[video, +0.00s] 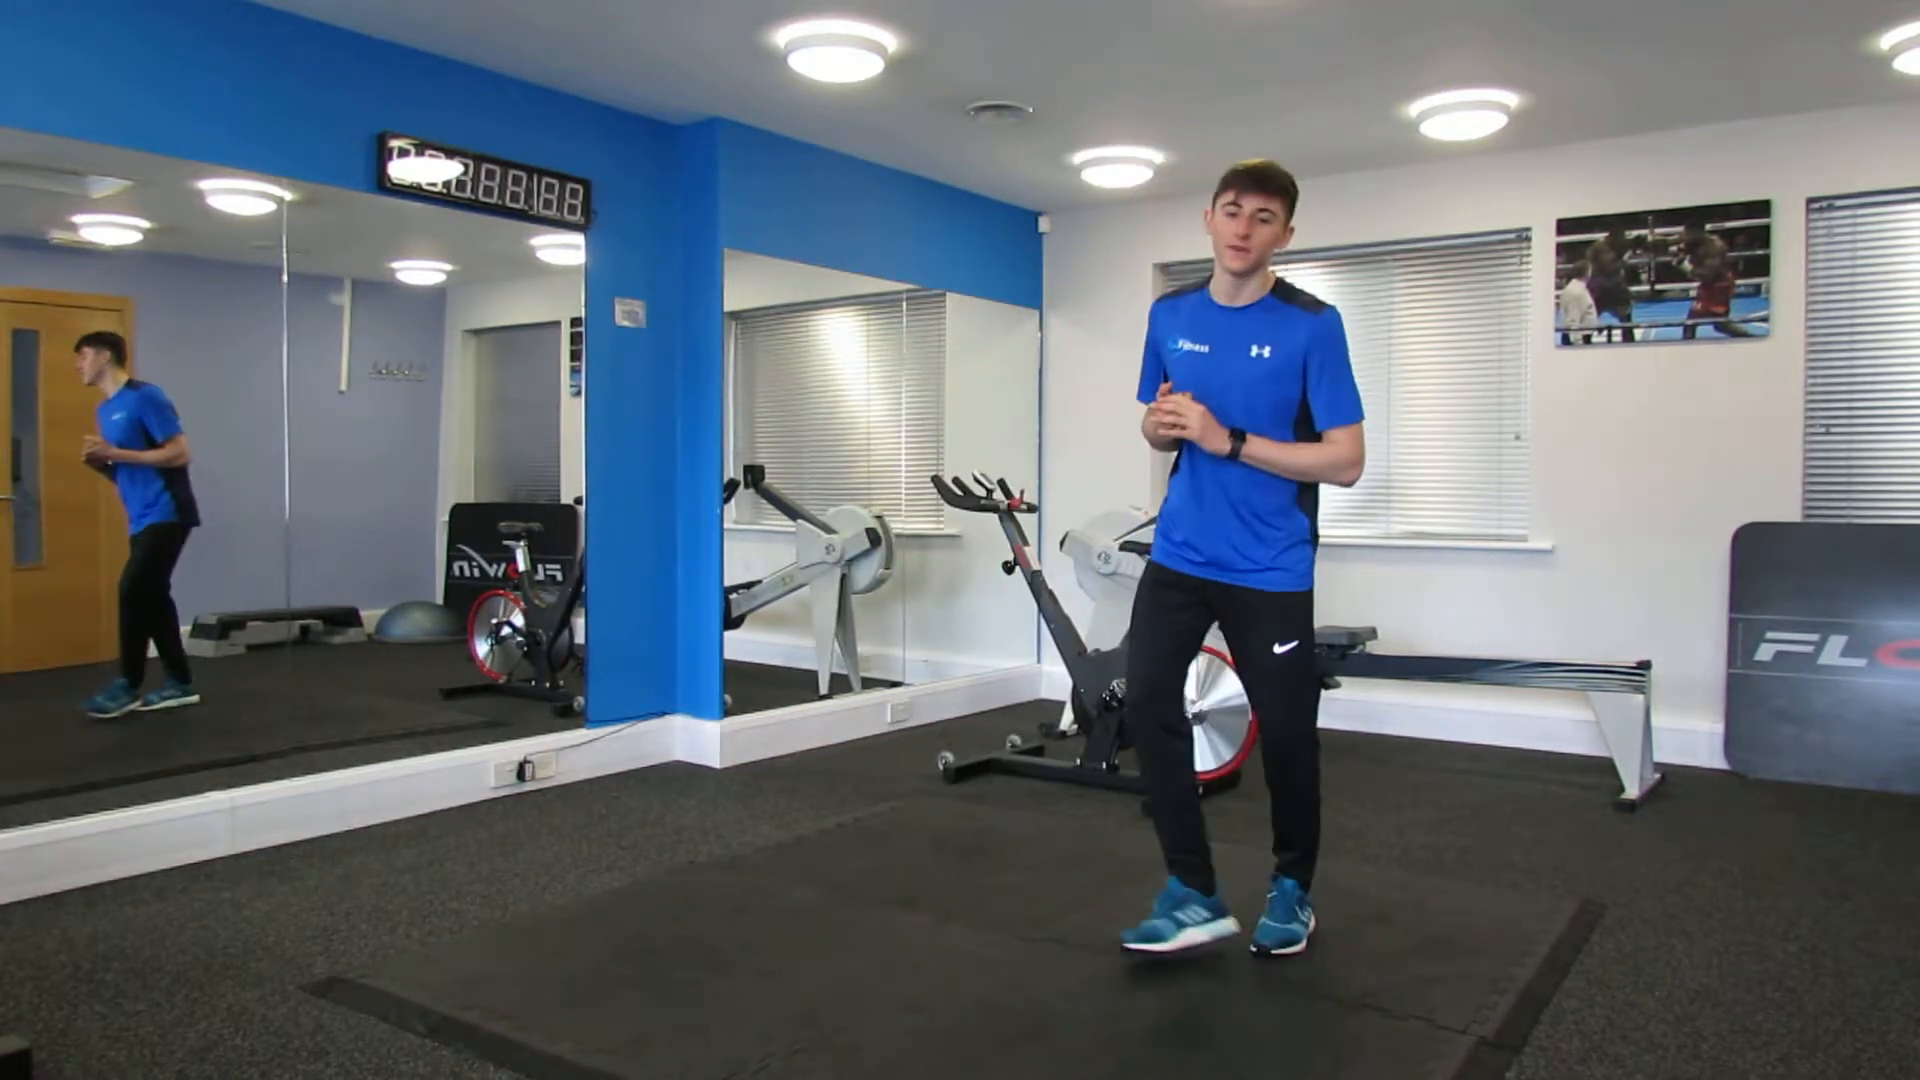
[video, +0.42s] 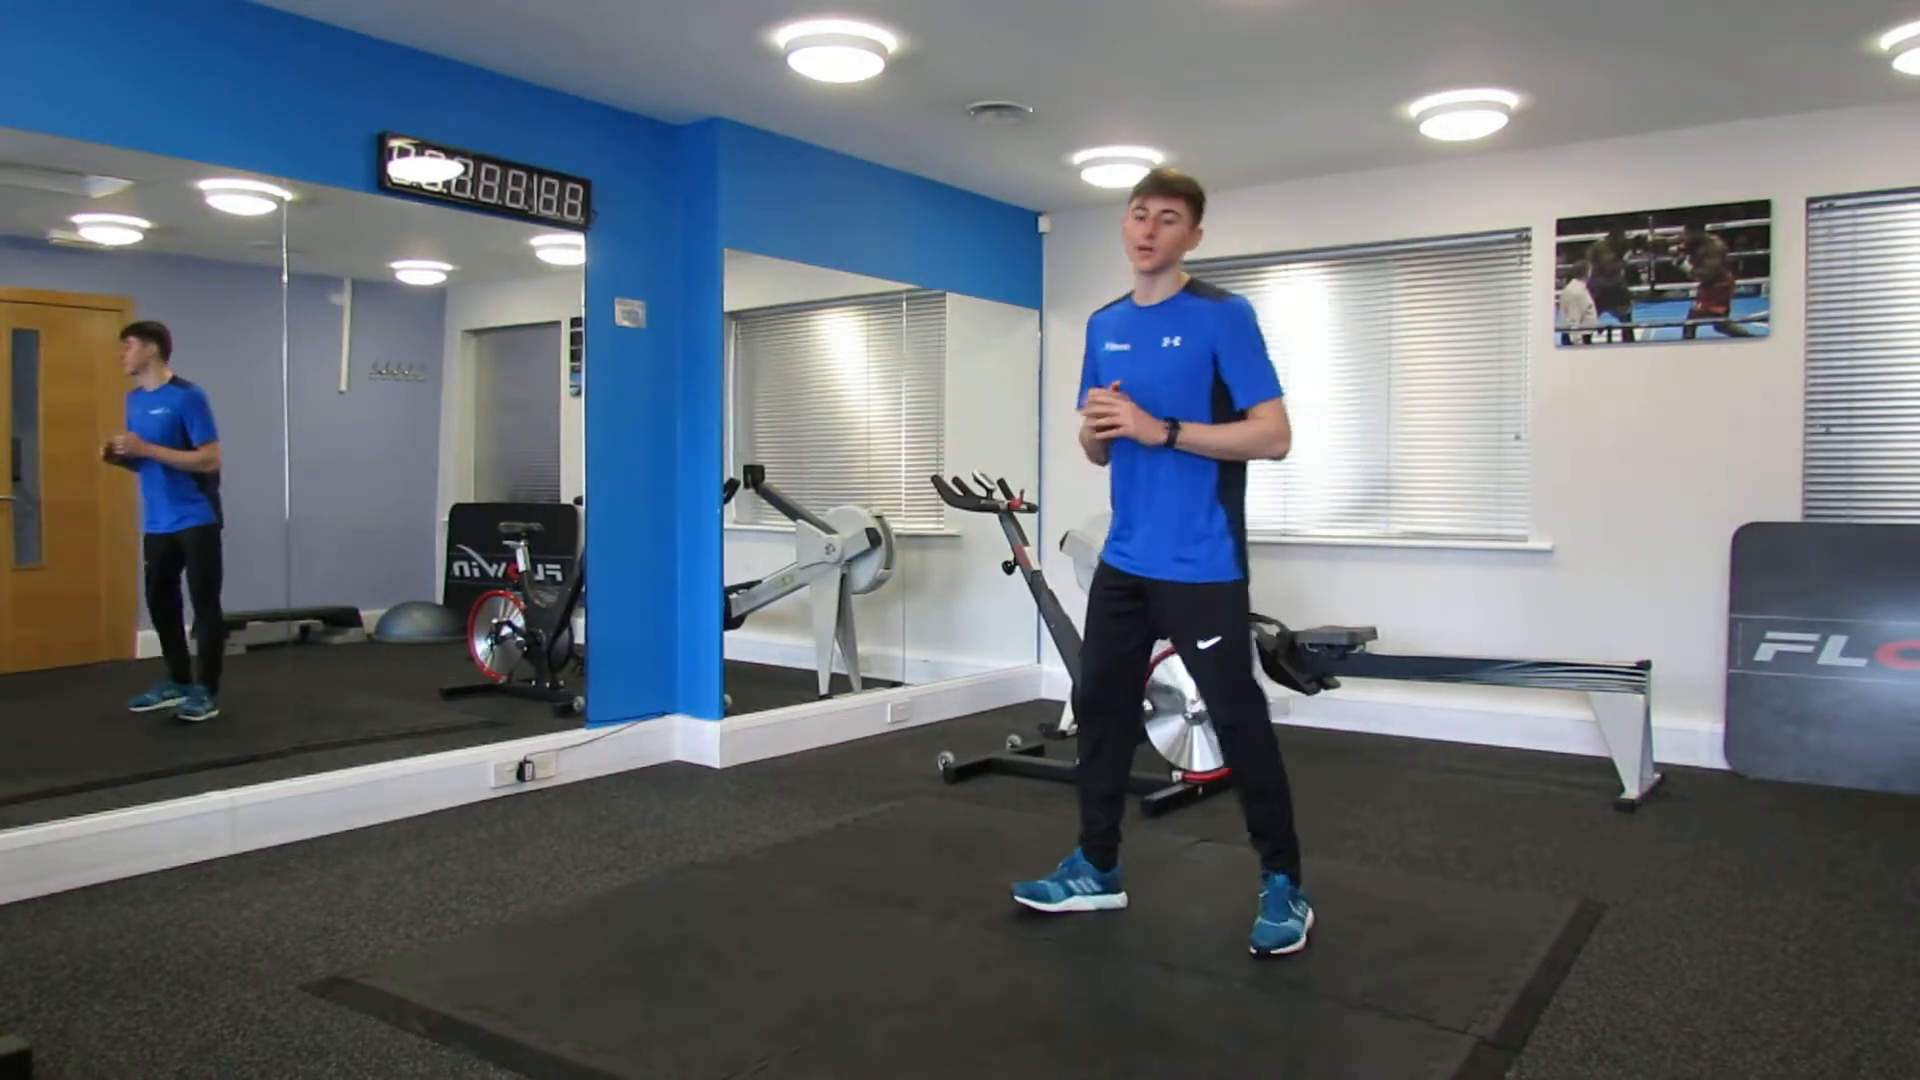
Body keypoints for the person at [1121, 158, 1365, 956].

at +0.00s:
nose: (1244, 227)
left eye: (1263, 217)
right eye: (1232, 211)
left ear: (1284, 235)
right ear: (1209, 222)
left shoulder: (1313, 326)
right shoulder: (1172, 315)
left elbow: (1347, 458)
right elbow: (1155, 429)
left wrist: (1231, 441)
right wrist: (1160, 427)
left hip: (1271, 568)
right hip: (1179, 557)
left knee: (1288, 732)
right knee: (1147, 705)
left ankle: (1291, 889)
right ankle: (1194, 891)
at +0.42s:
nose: (1149, 226)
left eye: (1167, 218)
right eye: (1140, 214)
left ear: (1193, 237)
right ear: (1123, 230)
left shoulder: (1224, 318)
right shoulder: (1104, 327)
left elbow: (1273, 436)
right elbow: (1097, 450)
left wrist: (1161, 428)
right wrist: (1094, 427)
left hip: (1203, 563)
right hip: (1126, 559)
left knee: (1238, 719)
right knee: (1100, 706)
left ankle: (1282, 883)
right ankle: (1097, 865)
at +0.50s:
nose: (1118, 233)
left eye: (1135, 222)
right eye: (1111, 222)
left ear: (1169, 237)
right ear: (1100, 236)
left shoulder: (1200, 316)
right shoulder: (1090, 329)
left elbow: (1247, 435)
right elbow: (1086, 454)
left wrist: (1133, 427)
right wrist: (1069, 424)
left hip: (1183, 558)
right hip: (1112, 555)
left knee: (1206, 721)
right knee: (1095, 710)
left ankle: (1267, 879)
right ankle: (1096, 866)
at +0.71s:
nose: (1060, 233)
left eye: (1076, 219)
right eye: (1056, 223)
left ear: (1118, 230)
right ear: (1056, 238)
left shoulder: (1159, 307)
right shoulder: (1062, 327)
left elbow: (1191, 429)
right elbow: (1071, 421)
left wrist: (1077, 453)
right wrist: (1035, 451)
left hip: (1160, 548)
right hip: (1096, 548)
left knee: (1145, 709)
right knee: (1085, 708)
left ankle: (1179, 880)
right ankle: (1096, 867)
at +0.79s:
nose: (1047, 235)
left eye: (1063, 221)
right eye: (1044, 224)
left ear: (1105, 232)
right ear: (1046, 240)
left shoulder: (1145, 310)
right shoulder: (1057, 333)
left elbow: (1175, 438)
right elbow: (1074, 444)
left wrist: (1071, 504)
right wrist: (1040, 508)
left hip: (1153, 550)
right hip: (1093, 550)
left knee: (1124, 712)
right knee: (1073, 705)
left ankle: (1158, 889)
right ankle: (1096, 867)